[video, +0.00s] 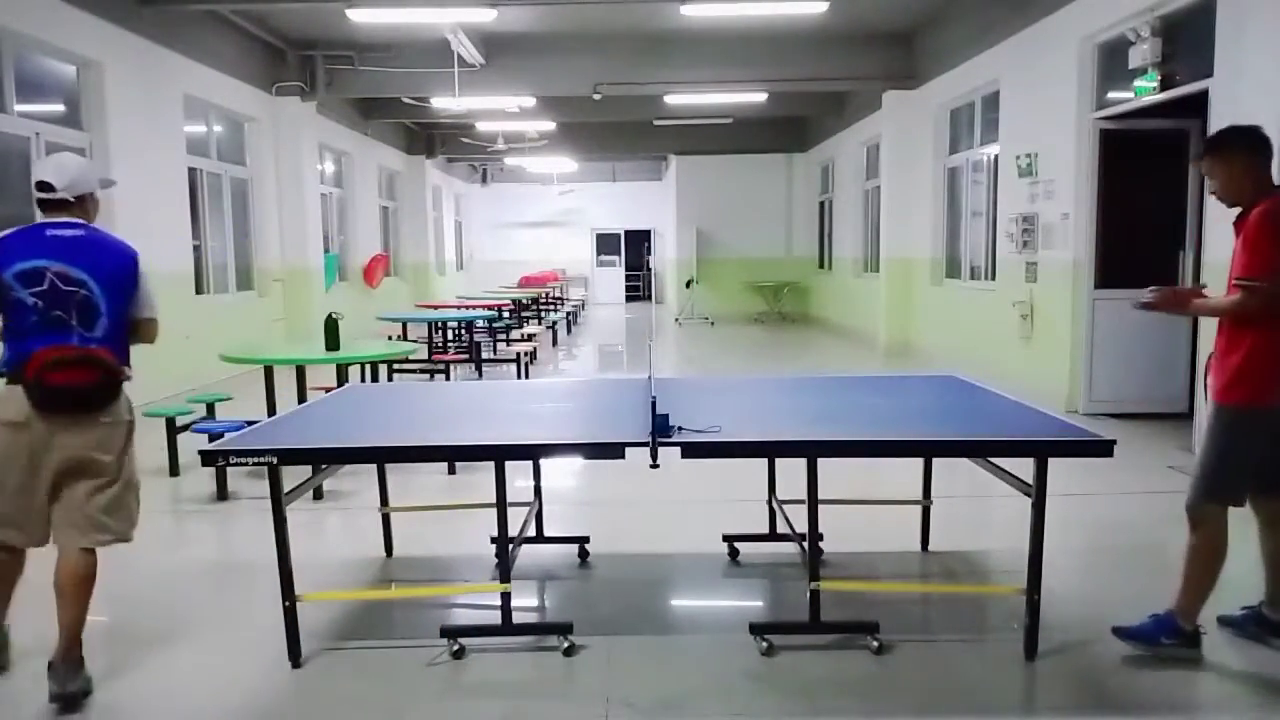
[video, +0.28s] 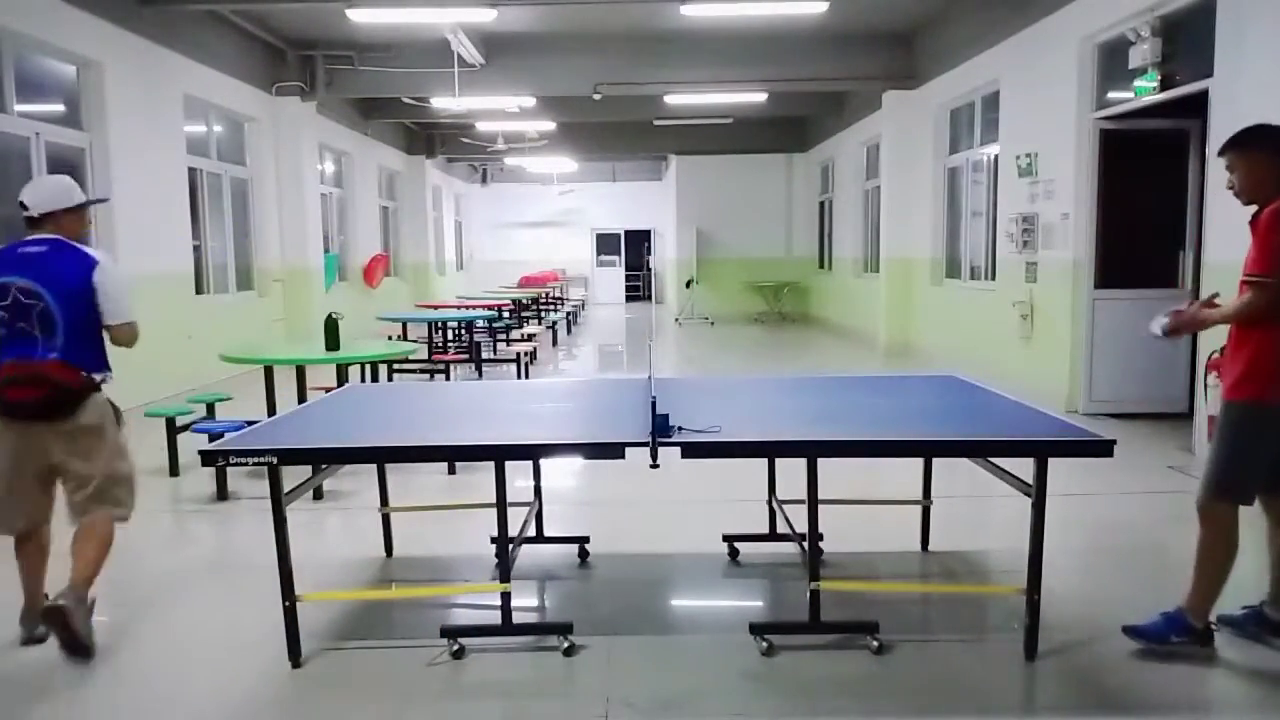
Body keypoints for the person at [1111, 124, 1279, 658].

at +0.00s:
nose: (1210, 187)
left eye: (1215, 174)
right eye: (1208, 176)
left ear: (1247, 167)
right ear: (1249, 170)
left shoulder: (1265, 220)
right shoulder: (1257, 218)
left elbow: (1254, 301)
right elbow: (1251, 299)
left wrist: (1190, 302)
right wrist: (1198, 298)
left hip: (1247, 395)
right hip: (1260, 393)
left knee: (1205, 507)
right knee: (1269, 502)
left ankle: (1182, 621)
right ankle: (1275, 610)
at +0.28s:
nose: (1229, 182)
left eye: (1234, 170)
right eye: (1227, 172)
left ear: (1265, 165)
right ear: (1263, 169)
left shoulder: (1272, 220)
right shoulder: (1269, 219)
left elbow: (1258, 301)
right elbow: (1258, 298)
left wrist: (1204, 318)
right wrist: (1211, 311)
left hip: (1255, 394)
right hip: (1263, 392)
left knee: (1216, 504)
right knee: (1274, 501)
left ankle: (1194, 618)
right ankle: (1275, 609)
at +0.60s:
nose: (1233, 180)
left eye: (1239, 168)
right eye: (1231, 170)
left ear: (1269, 164)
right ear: (1268, 167)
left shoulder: (1270, 219)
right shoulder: (1274, 218)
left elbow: (1254, 301)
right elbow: (1261, 301)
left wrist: (1207, 328)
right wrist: (1222, 334)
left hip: (1255, 390)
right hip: (1270, 389)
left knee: (1217, 498)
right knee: (1274, 495)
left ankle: (1213, 619)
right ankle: (1276, 607)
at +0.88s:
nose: (1232, 172)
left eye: (1237, 162)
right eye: (1231, 162)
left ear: (1264, 161)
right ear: (1268, 162)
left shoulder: (1259, 217)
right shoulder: (1271, 212)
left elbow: (1215, 289)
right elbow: (1253, 270)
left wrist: (1187, 253)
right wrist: (1215, 231)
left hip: (1250, 383)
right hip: (1274, 382)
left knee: (1210, 494)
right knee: (1274, 490)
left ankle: (1220, 616)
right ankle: (1276, 606)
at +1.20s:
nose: (1212, 175)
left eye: (1217, 165)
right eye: (1211, 165)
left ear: (1243, 163)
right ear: (1257, 163)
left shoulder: (1243, 216)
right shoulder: (1275, 208)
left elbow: (1236, 297)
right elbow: (1252, 293)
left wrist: (1182, 320)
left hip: (1241, 387)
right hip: (1275, 386)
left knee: (1201, 497)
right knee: (1271, 497)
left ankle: (1221, 617)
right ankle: (1275, 606)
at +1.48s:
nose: (1188, 178)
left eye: (1194, 167)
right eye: (1187, 168)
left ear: (1226, 164)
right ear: (1221, 167)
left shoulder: (1248, 220)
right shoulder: (1232, 217)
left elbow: (1254, 305)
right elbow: (1232, 292)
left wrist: (1195, 352)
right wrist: (1195, 274)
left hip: (1232, 391)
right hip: (1242, 389)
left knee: (1198, 498)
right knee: (1255, 497)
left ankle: (1222, 616)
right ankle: (1272, 604)